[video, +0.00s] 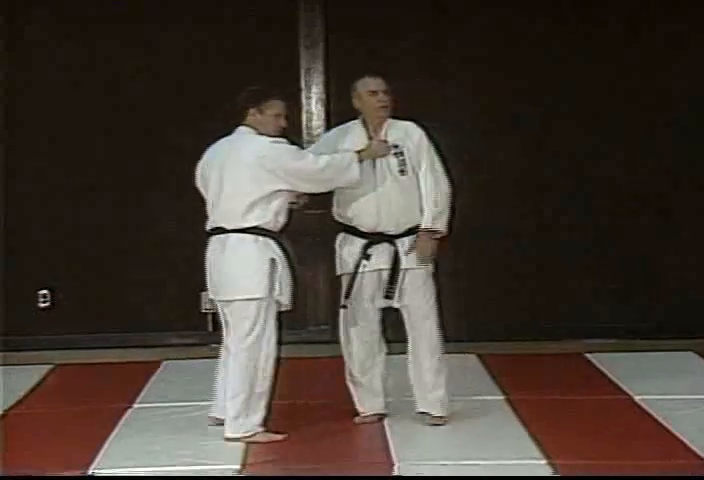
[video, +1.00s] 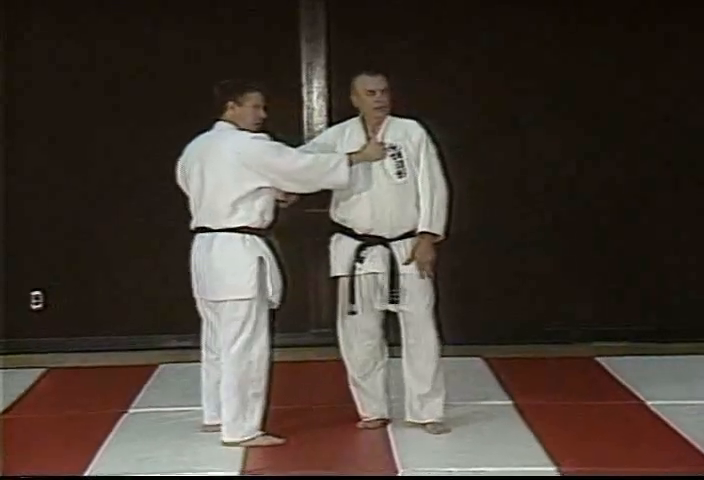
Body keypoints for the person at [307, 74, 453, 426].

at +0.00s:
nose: (382, 99)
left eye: (385, 93)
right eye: (373, 94)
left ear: (391, 99)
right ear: (356, 101)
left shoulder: (410, 135)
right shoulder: (338, 139)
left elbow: (436, 184)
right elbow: (302, 168)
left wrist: (429, 231)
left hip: (410, 244)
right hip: (358, 245)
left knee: (424, 325)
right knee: (360, 326)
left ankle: (432, 404)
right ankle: (369, 404)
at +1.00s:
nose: (378, 99)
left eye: (383, 92)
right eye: (370, 93)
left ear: (390, 96)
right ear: (354, 98)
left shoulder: (411, 133)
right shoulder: (337, 137)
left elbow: (434, 186)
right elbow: (296, 162)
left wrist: (427, 237)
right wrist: (284, 187)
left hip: (407, 245)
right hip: (356, 248)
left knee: (420, 332)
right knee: (360, 333)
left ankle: (426, 411)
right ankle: (372, 412)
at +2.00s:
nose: (353, 107)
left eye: (360, 100)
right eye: (349, 101)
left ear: (382, 100)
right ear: (346, 102)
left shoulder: (411, 133)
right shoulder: (337, 134)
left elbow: (434, 188)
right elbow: (290, 146)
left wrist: (424, 240)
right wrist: (244, 145)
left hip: (404, 247)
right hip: (353, 249)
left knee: (418, 332)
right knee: (358, 333)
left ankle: (428, 414)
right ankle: (372, 413)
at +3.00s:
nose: (365, 112)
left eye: (372, 106)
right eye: (360, 106)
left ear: (391, 102)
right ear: (355, 104)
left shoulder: (419, 137)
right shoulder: (344, 133)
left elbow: (438, 193)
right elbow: (295, 144)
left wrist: (429, 246)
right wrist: (243, 140)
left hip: (408, 247)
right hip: (357, 247)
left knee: (419, 327)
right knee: (360, 327)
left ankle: (429, 408)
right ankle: (372, 407)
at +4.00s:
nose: (358, 115)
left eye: (364, 108)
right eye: (352, 109)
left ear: (384, 102)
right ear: (348, 107)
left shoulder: (413, 136)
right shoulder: (337, 134)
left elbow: (435, 192)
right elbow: (290, 144)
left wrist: (431, 244)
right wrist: (242, 146)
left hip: (407, 246)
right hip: (356, 249)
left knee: (421, 327)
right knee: (359, 326)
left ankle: (428, 407)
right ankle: (370, 405)